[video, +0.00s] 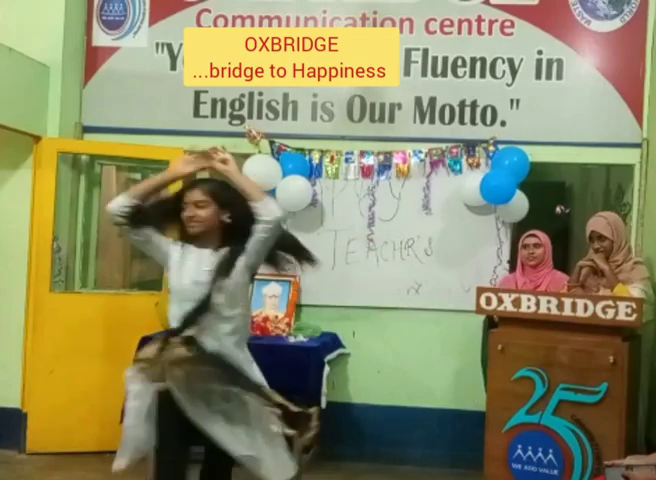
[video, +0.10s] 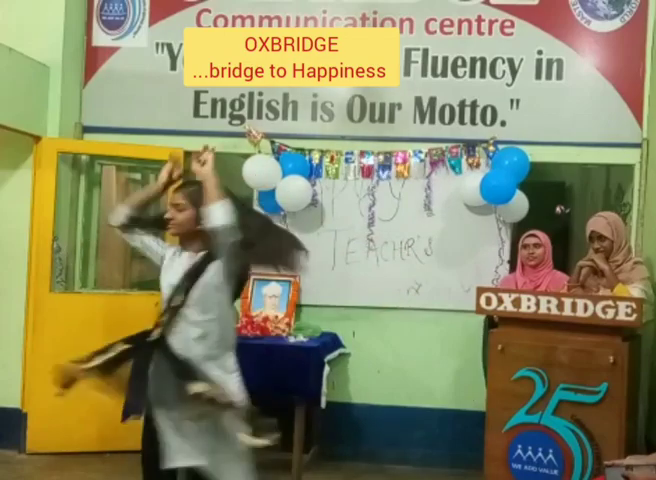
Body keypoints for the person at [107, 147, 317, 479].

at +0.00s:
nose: (190, 214)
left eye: (201, 205)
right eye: (186, 206)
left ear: (225, 214)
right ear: (180, 212)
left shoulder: (240, 260)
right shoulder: (174, 253)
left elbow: (271, 217)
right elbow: (118, 212)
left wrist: (234, 174)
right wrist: (172, 174)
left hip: (228, 385)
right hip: (175, 382)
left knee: (217, 472)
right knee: (168, 469)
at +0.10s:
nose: (168, 216)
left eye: (178, 209)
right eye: (168, 209)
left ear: (201, 213)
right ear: (167, 212)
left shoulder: (222, 265)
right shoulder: (169, 257)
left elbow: (224, 228)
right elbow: (119, 221)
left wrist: (209, 178)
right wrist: (158, 187)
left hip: (216, 403)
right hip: (168, 401)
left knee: (224, 472)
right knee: (169, 470)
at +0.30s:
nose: (148, 212)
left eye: (157, 206)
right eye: (151, 204)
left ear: (177, 217)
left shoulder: (176, 268)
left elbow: (131, 320)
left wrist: (123, 259)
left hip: (176, 385)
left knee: (161, 471)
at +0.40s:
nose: (142, 211)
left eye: (152, 206)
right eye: (146, 203)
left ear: (175, 215)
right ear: (179, 217)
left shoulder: (162, 264)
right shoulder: (204, 266)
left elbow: (148, 331)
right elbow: (191, 331)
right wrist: (140, 348)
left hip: (164, 385)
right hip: (188, 383)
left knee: (145, 470)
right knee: (165, 468)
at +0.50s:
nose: (142, 212)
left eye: (154, 207)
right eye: (145, 204)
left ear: (178, 216)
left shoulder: (163, 263)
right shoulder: (191, 262)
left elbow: (141, 336)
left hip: (164, 386)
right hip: (183, 383)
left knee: (150, 470)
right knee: (161, 468)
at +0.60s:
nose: (145, 213)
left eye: (157, 208)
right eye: (145, 204)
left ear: (181, 217)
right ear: (142, 203)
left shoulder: (174, 258)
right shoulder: (164, 255)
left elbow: (167, 337)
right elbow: (164, 335)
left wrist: (147, 404)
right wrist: (147, 400)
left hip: (167, 386)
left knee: (156, 471)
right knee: (151, 470)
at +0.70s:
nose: (150, 214)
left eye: (163, 208)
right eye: (148, 205)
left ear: (185, 216)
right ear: (141, 206)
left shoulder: (192, 263)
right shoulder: (150, 258)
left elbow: (207, 330)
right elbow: (154, 325)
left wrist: (169, 385)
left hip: (177, 389)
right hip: (145, 382)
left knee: (159, 471)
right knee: (135, 466)